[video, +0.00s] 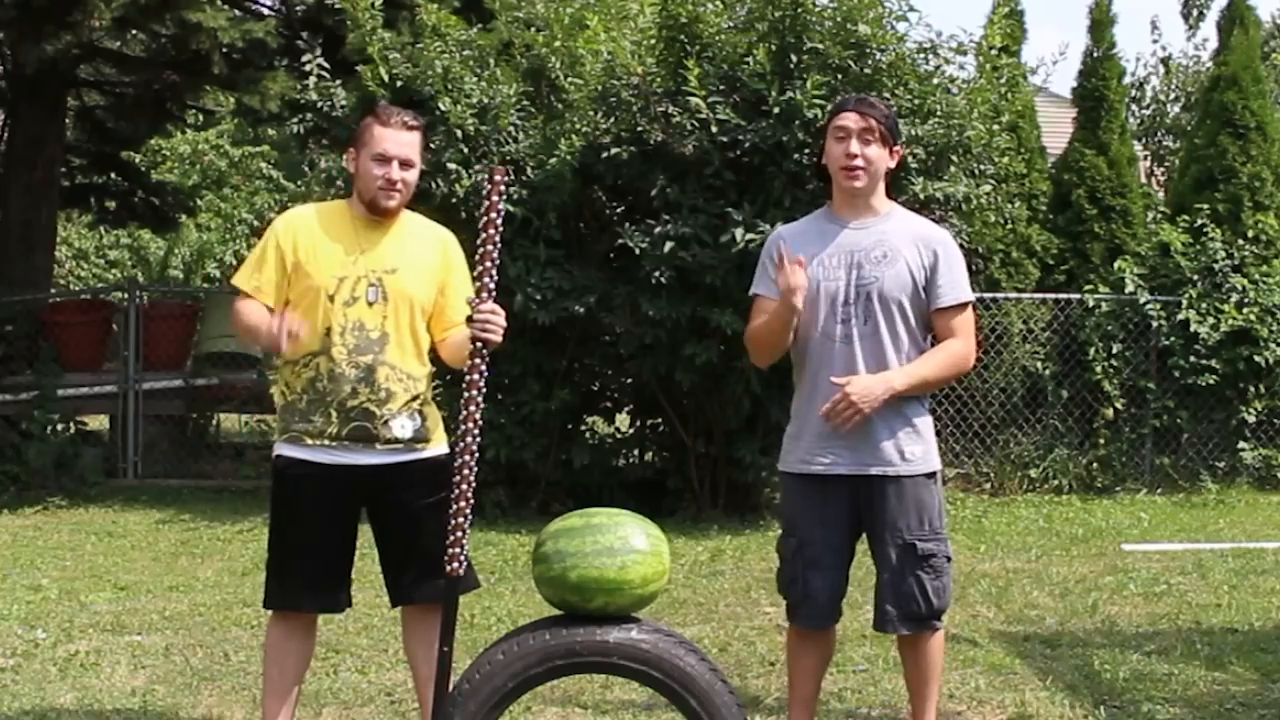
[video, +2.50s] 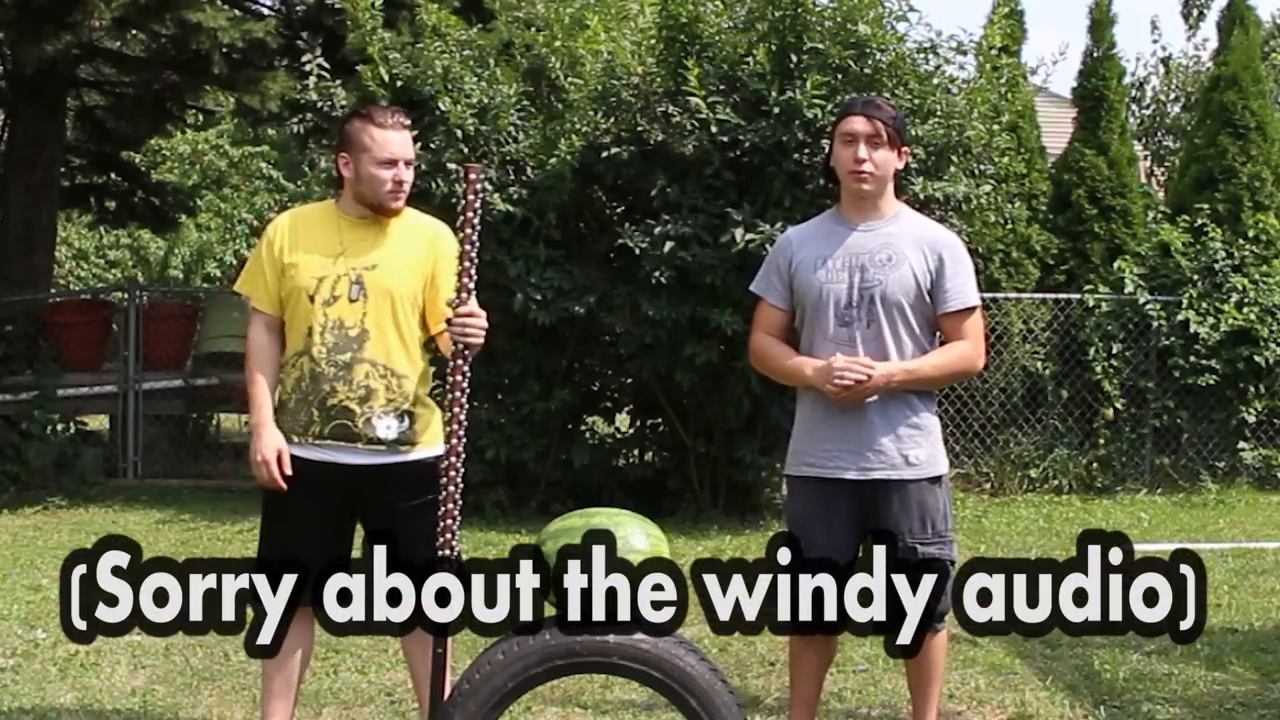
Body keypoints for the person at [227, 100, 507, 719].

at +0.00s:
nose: (395, 174)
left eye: (407, 164)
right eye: (382, 159)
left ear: (421, 172)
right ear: (351, 160)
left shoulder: (438, 244)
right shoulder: (296, 229)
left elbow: (450, 346)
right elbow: (246, 309)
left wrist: (479, 336)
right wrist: (272, 330)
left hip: (412, 454)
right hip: (312, 452)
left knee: (428, 596)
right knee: (295, 602)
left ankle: (437, 714)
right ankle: (275, 716)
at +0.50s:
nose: (373, 162)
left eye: (385, 153)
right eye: (360, 150)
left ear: (399, 164)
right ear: (332, 157)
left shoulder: (427, 238)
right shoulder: (283, 234)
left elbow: (443, 338)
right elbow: (251, 334)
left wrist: (470, 333)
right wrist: (232, 429)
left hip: (405, 458)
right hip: (302, 456)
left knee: (422, 603)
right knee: (289, 602)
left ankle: (437, 715)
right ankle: (274, 716)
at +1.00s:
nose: (356, 163)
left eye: (368, 153)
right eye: (343, 152)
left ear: (383, 163)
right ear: (314, 160)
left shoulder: (415, 236)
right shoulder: (270, 235)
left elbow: (430, 331)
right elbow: (245, 340)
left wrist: (454, 330)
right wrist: (244, 433)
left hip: (395, 456)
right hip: (295, 454)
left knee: (418, 604)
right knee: (281, 604)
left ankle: (438, 716)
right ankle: (275, 717)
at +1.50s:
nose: (365, 167)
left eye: (376, 155)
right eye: (350, 154)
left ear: (388, 164)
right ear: (317, 161)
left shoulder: (416, 237)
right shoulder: (272, 234)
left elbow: (429, 334)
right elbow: (244, 334)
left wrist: (453, 330)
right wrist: (251, 432)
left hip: (398, 457)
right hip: (299, 455)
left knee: (420, 604)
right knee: (282, 605)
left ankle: (439, 716)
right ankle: (275, 717)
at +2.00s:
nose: (403, 171)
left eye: (408, 160)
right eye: (388, 160)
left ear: (413, 163)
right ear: (344, 162)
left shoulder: (430, 239)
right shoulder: (285, 233)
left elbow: (442, 336)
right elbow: (257, 333)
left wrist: (467, 333)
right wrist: (252, 429)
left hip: (410, 460)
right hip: (309, 457)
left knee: (426, 604)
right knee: (294, 602)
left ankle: (439, 715)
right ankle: (275, 716)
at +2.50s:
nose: (401, 175)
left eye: (408, 163)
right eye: (385, 164)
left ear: (416, 165)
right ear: (345, 166)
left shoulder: (434, 239)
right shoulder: (289, 232)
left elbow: (446, 333)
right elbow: (265, 328)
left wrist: (469, 332)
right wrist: (261, 421)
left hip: (409, 463)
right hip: (309, 458)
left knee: (425, 605)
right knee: (290, 602)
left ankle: (438, 715)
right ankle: (274, 717)